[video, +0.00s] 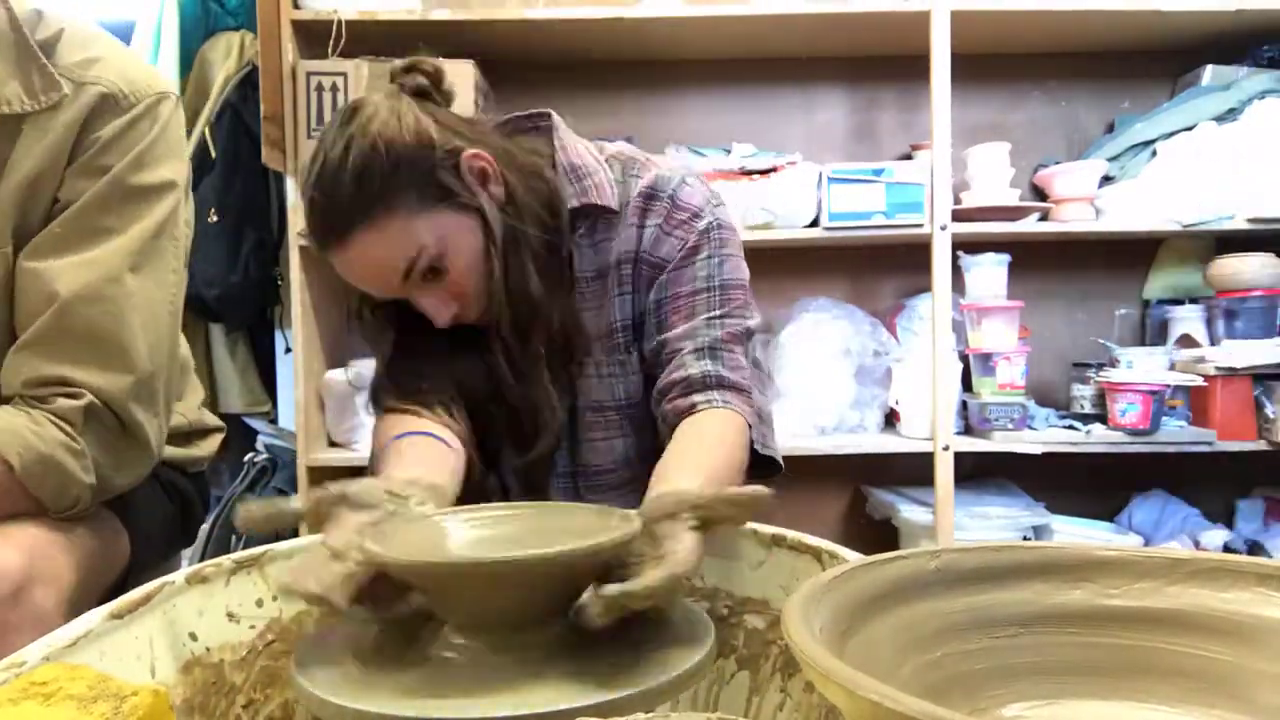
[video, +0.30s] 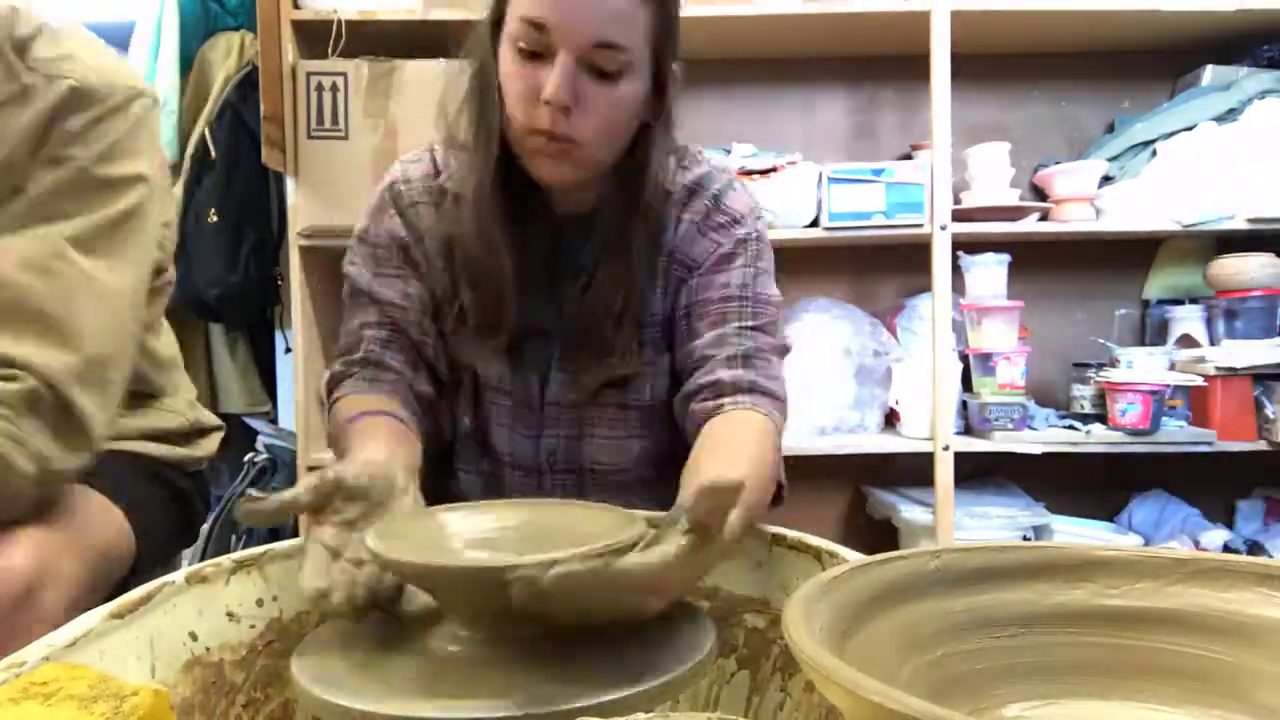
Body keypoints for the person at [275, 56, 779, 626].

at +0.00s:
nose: (438, 316)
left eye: (432, 272)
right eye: (406, 299)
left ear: (483, 179)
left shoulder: (671, 215)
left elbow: (714, 398)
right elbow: (423, 401)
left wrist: (672, 515)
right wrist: (404, 504)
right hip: (492, 597)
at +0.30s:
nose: (556, 93)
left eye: (604, 68)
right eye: (532, 51)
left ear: (655, 93)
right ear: (494, 57)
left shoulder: (710, 214)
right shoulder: (419, 202)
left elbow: (740, 393)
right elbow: (377, 371)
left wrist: (706, 521)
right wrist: (380, 467)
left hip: (643, 583)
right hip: (462, 581)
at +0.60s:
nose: (480, 130)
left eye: (508, 83)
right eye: (443, 101)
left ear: (574, 69)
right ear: (416, 109)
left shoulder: (687, 224)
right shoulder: (395, 248)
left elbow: (728, 405)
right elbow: (387, 417)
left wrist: (687, 506)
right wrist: (383, 509)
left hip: (642, 605)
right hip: (462, 613)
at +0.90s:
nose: (512, 160)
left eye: (544, 114)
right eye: (472, 125)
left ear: (606, 83)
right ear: (437, 115)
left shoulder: (707, 225)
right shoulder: (404, 238)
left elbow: (740, 412)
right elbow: (390, 405)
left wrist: (678, 510)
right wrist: (410, 503)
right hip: (470, 602)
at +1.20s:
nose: (511, 154)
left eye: (548, 109)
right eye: (472, 115)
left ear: (607, 84)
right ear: (432, 104)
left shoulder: (695, 222)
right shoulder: (388, 237)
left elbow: (728, 405)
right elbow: (383, 419)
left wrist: (707, 489)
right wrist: (385, 496)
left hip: (641, 603)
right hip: (455, 604)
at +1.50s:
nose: (619, 139)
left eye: (667, 110)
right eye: (597, 94)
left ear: (727, 111)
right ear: (562, 81)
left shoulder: (753, 236)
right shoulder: (464, 193)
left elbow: (756, 414)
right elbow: (392, 347)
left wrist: (700, 499)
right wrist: (377, 443)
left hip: (645, 594)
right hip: (460, 586)